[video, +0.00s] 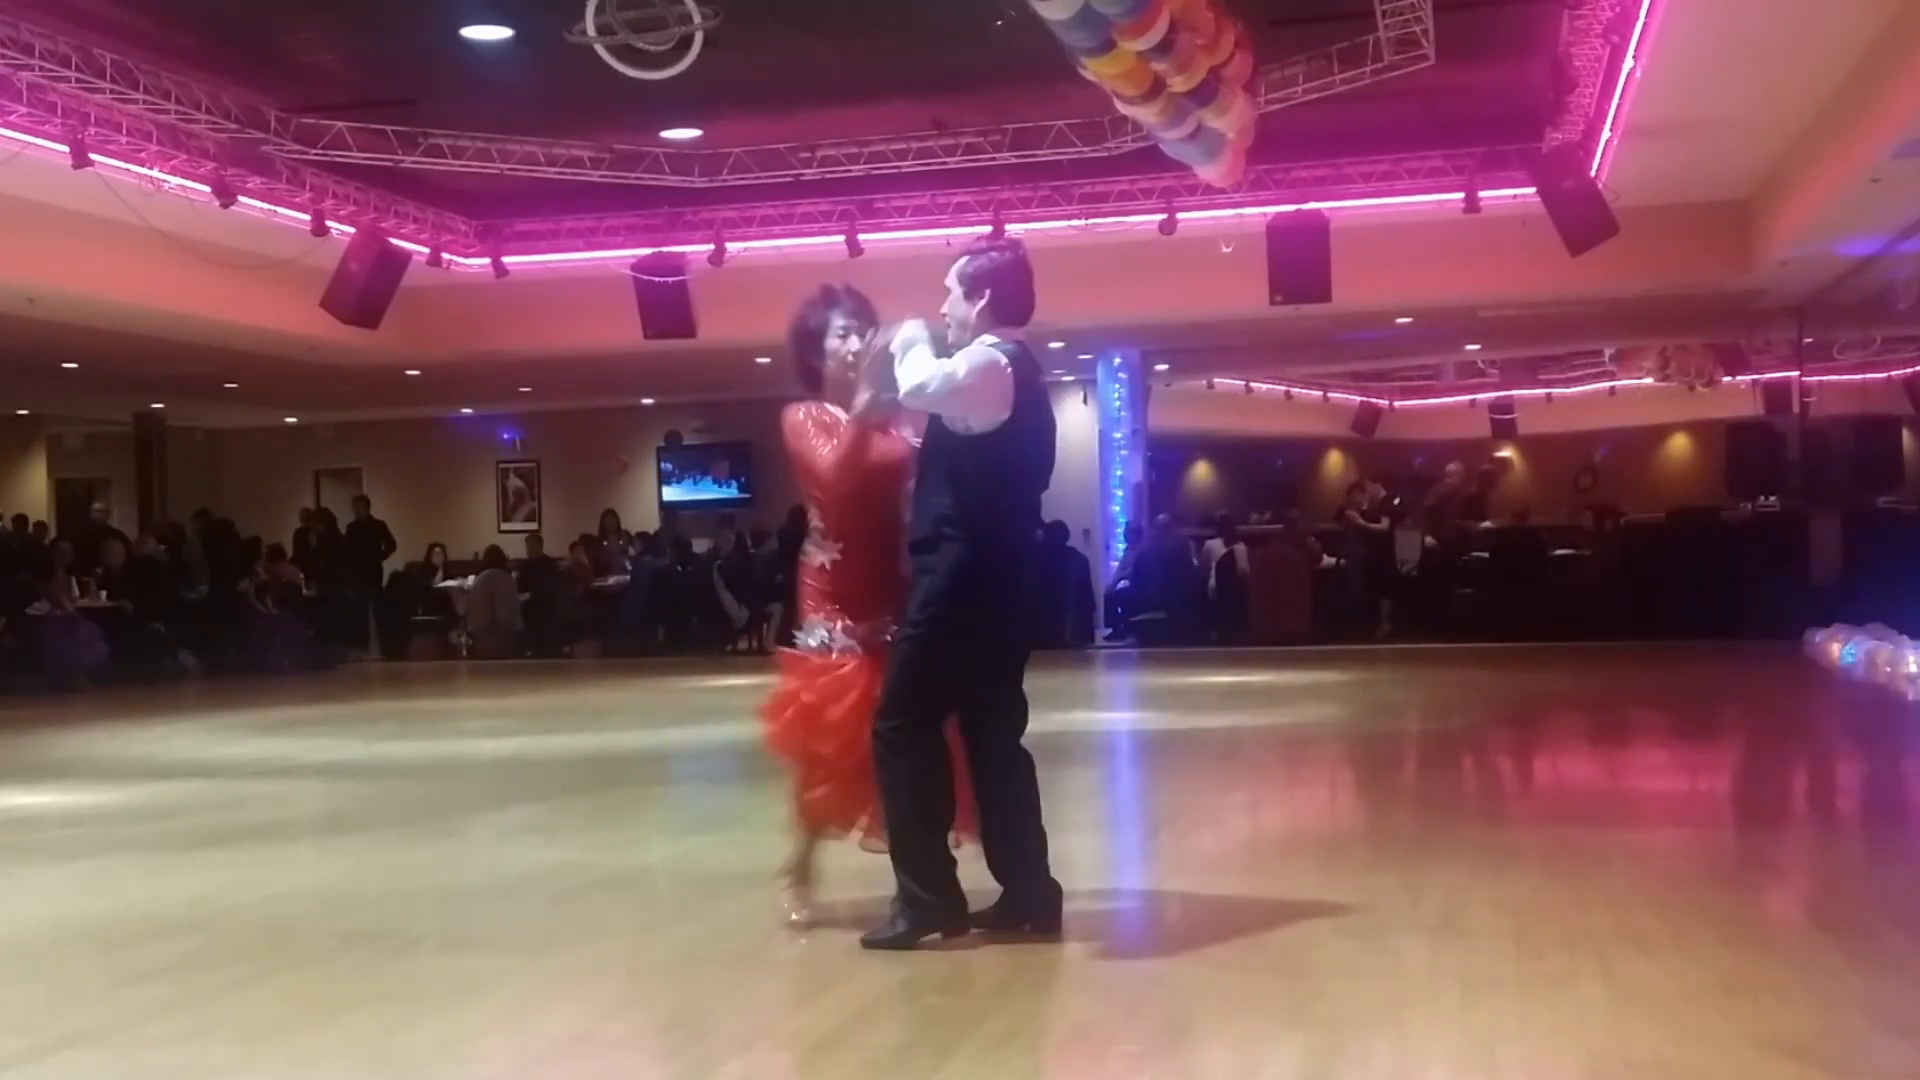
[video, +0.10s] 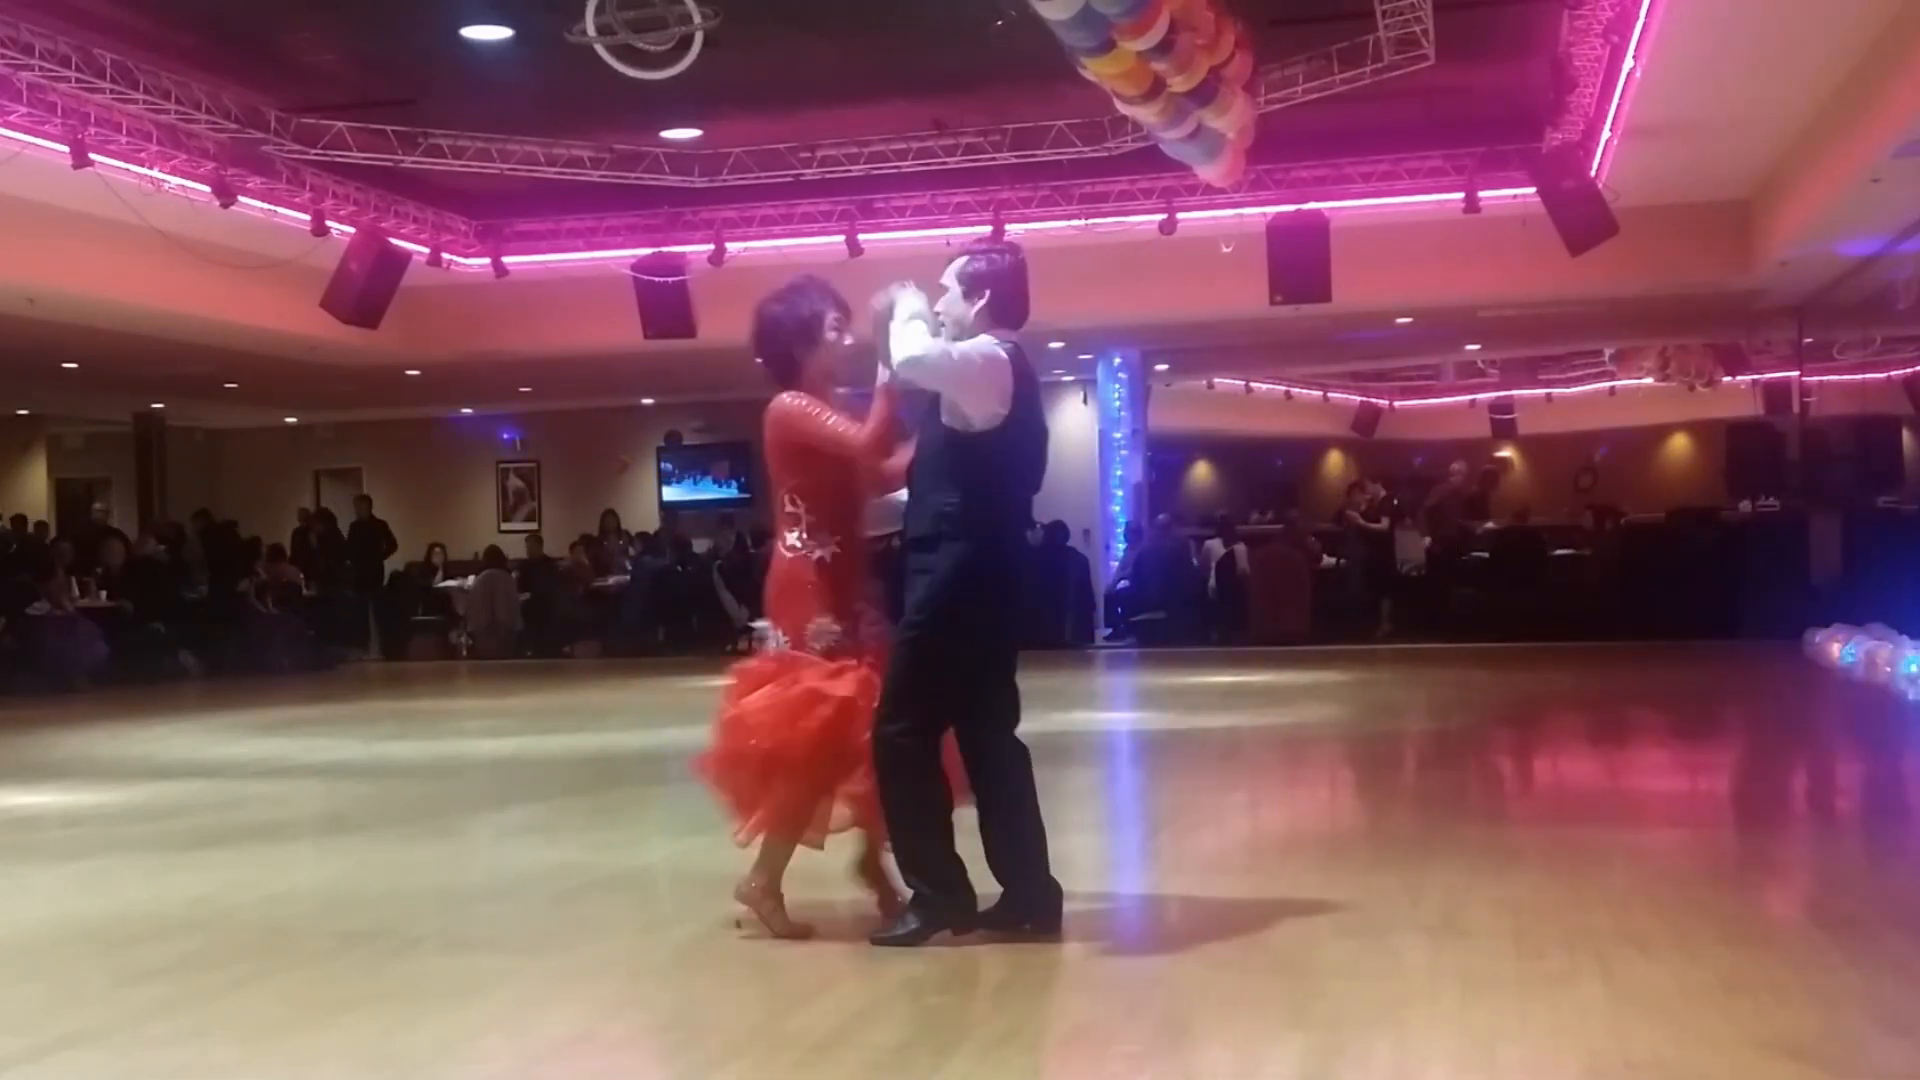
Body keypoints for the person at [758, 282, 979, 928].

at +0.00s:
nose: (857, 345)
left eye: (864, 333)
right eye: (843, 334)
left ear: (877, 345)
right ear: (812, 348)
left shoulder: (898, 420)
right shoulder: (804, 417)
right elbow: (833, 477)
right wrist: (867, 398)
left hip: (893, 599)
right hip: (830, 603)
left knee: (913, 734)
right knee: (834, 738)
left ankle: (925, 875)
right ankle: (803, 872)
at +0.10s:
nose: (850, 338)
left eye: (848, 327)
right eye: (836, 328)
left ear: (819, 342)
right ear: (797, 341)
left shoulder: (835, 409)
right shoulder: (787, 409)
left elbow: (889, 470)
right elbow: (867, 442)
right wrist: (892, 357)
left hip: (847, 583)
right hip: (806, 585)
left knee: (874, 722)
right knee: (823, 730)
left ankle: (874, 857)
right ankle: (764, 880)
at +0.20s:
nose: (824, 340)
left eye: (819, 329)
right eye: (814, 331)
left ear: (754, 343)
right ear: (795, 341)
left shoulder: (766, 413)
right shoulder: (789, 408)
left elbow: (828, 489)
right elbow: (895, 404)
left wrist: (882, 444)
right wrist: (901, 327)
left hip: (774, 572)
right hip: (793, 576)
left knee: (811, 726)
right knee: (806, 730)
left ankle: (809, 861)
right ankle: (773, 884)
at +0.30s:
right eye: (786, 333)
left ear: (718, 343)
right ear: (784, 345)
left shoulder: (708, 410)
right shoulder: (796, 410)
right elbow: (861, 365)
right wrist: (827, 291)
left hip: (729, 573)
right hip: (789, 576)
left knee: (729, 730)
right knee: (792, 736)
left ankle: (739, 878)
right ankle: (794, 895)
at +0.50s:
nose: (658, 342)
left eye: (661, 333)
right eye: (662, 332)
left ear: (671, 341)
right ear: (739, 339)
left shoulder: (655, 406)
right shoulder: (748, 407)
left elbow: (633, 500)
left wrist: (636, 563)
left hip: (680, 597)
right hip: (743, 593)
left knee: (652, 746)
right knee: (744, 745)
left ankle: (660, 895)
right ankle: (774, 889)